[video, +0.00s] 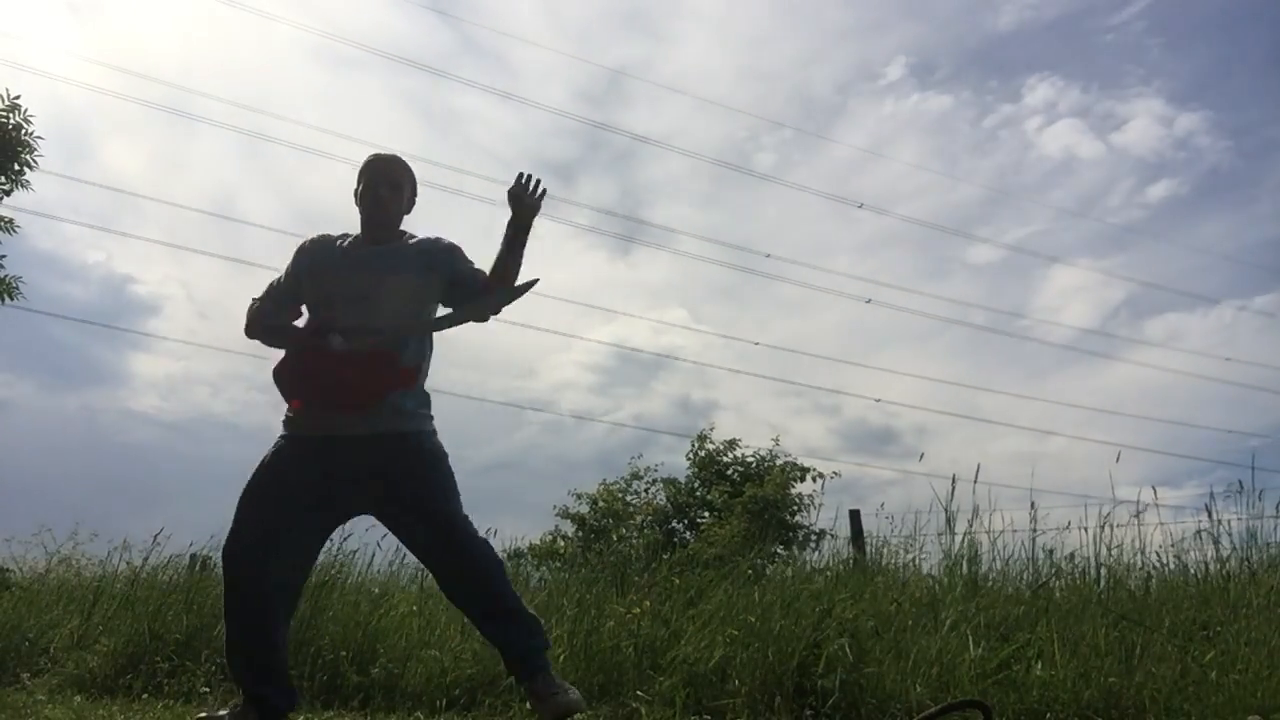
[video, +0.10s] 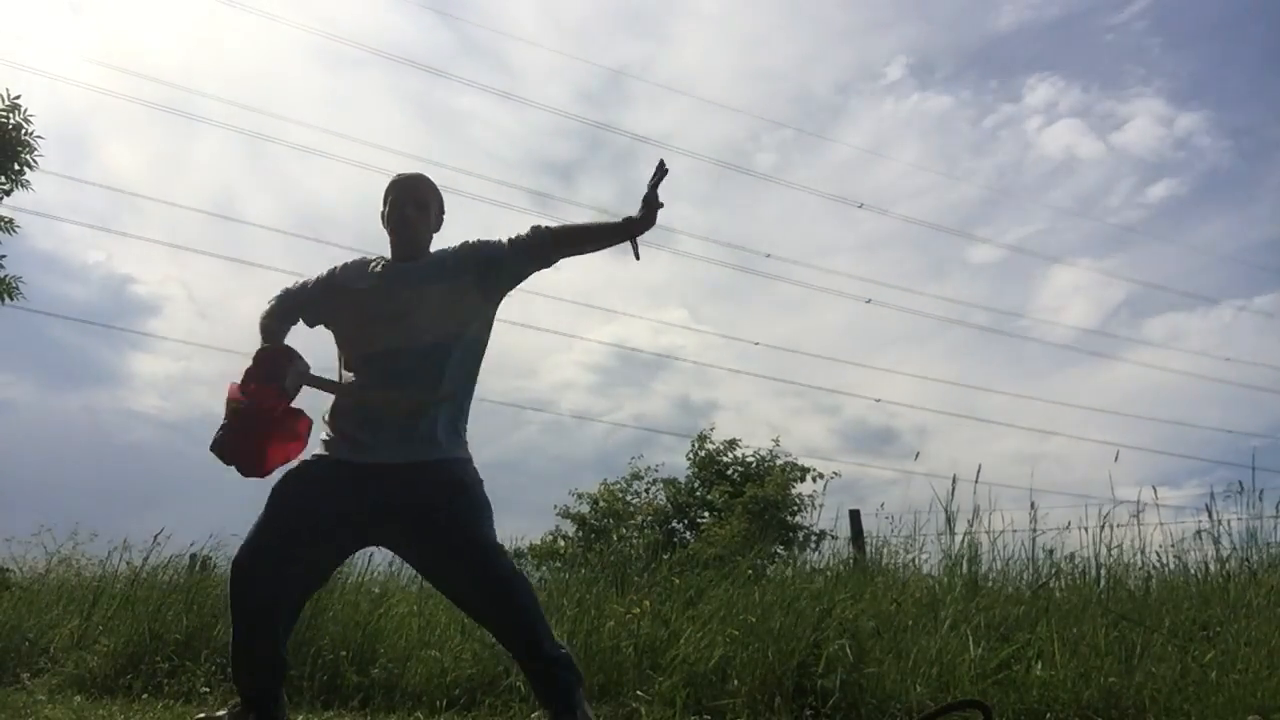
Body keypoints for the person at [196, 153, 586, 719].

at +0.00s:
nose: (378, 194)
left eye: (391, 186)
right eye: (370, 184)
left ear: (410, 201)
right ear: (356, 194)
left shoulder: (433, 257)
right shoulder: (319, 256)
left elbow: (489, 297)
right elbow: (259, 321)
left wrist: (519, 223)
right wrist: (307, 340)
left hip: (401, 445)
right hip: (312, 445)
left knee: (456, 549)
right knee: (249, 558)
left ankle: (539, 677)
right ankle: (264, 699)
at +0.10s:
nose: (402, 213)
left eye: (416, 204)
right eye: (394, 204)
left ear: (439, 219)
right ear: (381, 217)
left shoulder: (477, 268)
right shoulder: (349, 281)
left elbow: (550, 244)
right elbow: (283, 307)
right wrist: (273, 348)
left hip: (436, 477)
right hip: (340, 474)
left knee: (493, 588)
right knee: (256, 578)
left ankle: (566, 698)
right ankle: (259, 702)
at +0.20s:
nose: (448, 213)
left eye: (461, 204)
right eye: (438, 204)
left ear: (480, 218)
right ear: (422, 217)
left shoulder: (514, 276)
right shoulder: (391, 277)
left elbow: (590, 269)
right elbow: (314, 302)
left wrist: (653, 223)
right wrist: (320, 342)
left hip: (476, 470)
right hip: (381, 470)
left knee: (534, 591)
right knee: (298, 577)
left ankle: (572, 705)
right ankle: (261, 695)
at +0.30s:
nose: (486, 194)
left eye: (497, 185)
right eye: (475, 186)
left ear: (517, 200)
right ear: (460, 199)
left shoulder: (544, 271)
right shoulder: (428, 250)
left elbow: (615, 289)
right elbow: (333, 257)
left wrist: (616, 223)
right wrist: (406, 304)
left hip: (502, 464)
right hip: (408, 462)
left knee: (560, 610)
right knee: (337, 591)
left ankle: (578, 710)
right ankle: (269, 703)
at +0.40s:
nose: (496, 185)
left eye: (509, 176)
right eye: (484, 178)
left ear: (528, 192)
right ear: (469, 190)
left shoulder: (548, 256)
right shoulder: (449, 226)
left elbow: (596, 307)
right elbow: (443, 207)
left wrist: (553, 243)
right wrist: (533, 239)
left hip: (514, 451)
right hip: (429, 445)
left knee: (559, 582)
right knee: (356, 575)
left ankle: (579, 708)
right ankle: (271, 700)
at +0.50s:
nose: (489, 191)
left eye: (501, 182)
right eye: (478, 183)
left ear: (524, 191)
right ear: (466, 194)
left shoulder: (547, 255)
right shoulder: (451, 235)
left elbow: (576, 337)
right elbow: (510, 235)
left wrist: (545, 293)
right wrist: (591, 224)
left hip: (522, 449)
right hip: (436, 443)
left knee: (568, 575)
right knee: (361, 570)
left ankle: (574, 701)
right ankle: (289, 698)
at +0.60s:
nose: (475, 202)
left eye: (486, 192)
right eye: (465, 194)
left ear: (513, 200)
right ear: (457, 205)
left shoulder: (547, 270)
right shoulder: (442, 248)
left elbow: (575, 345)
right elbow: (464, 286)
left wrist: (527, 325)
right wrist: (563, 273)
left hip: (522, 453)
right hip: (436, 449)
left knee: (573, 579)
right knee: (356, 580)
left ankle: (574, 706)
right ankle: (292, 705)